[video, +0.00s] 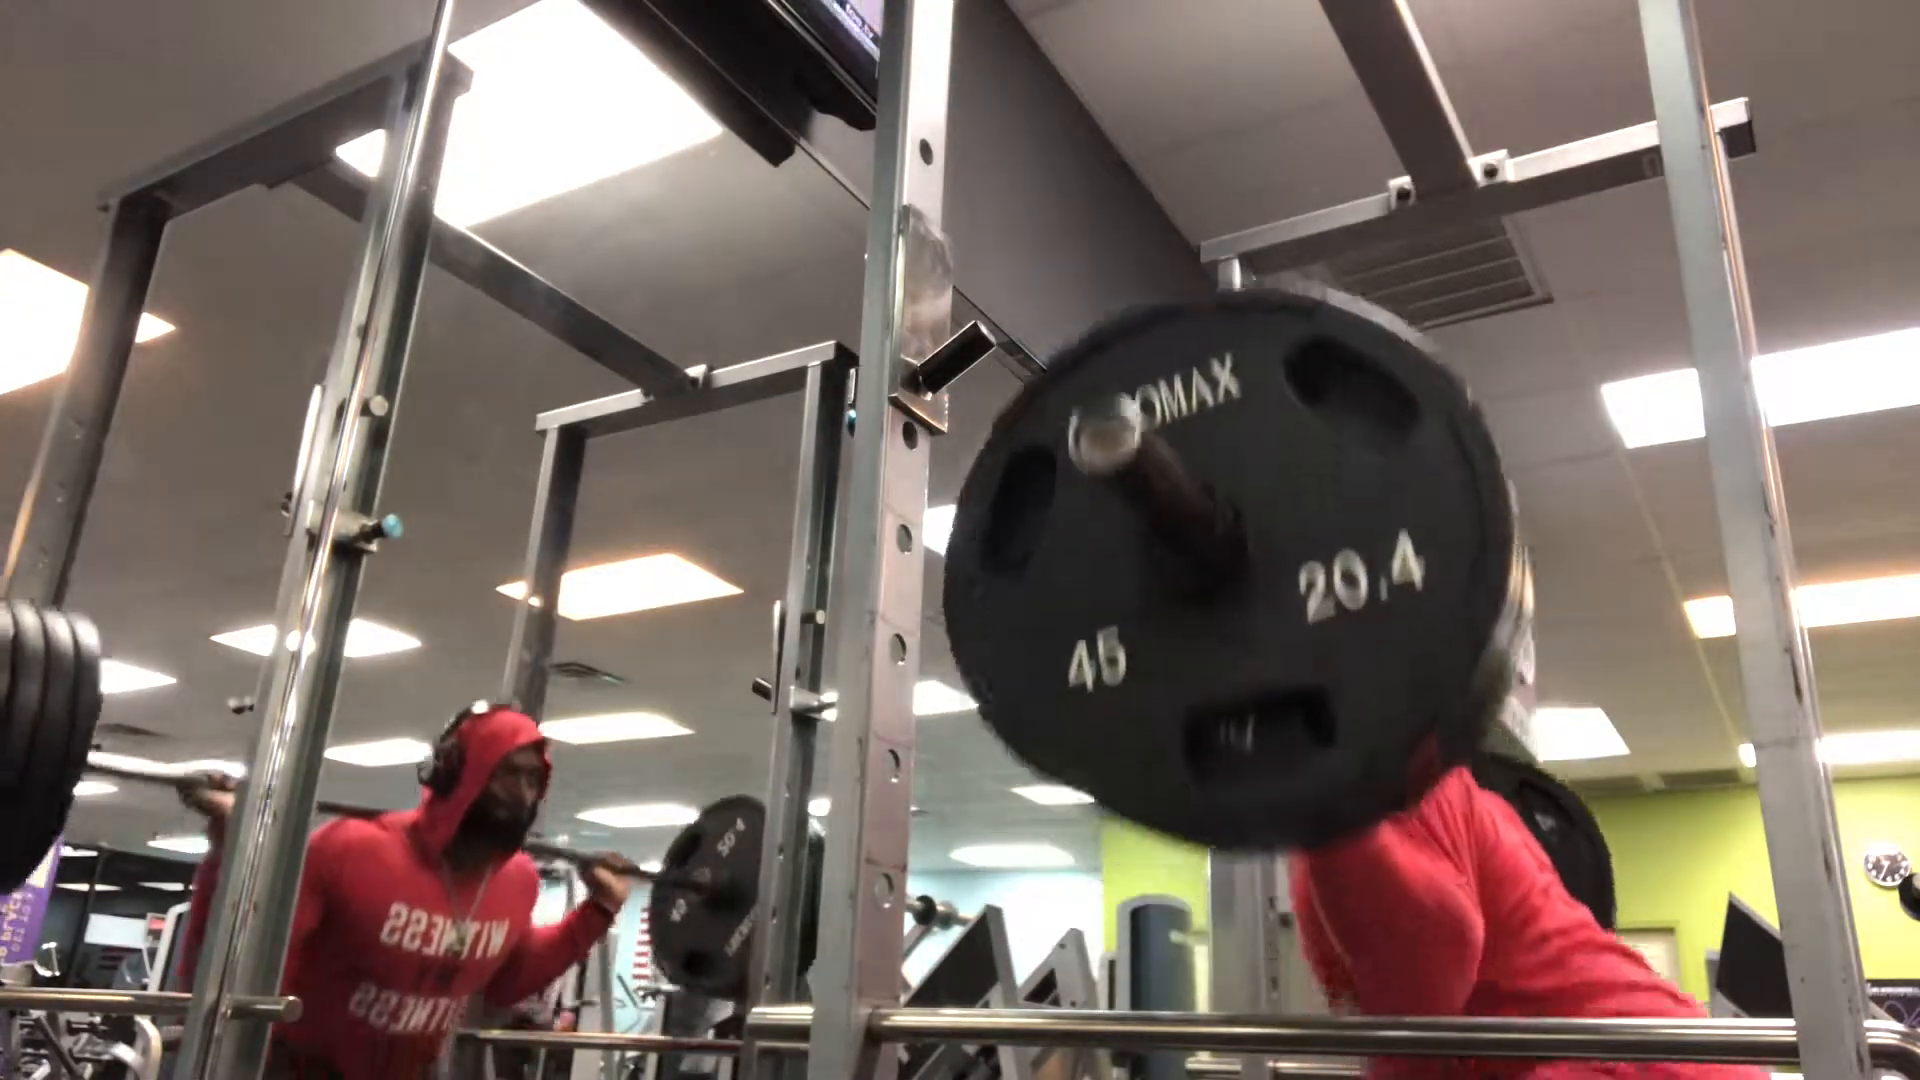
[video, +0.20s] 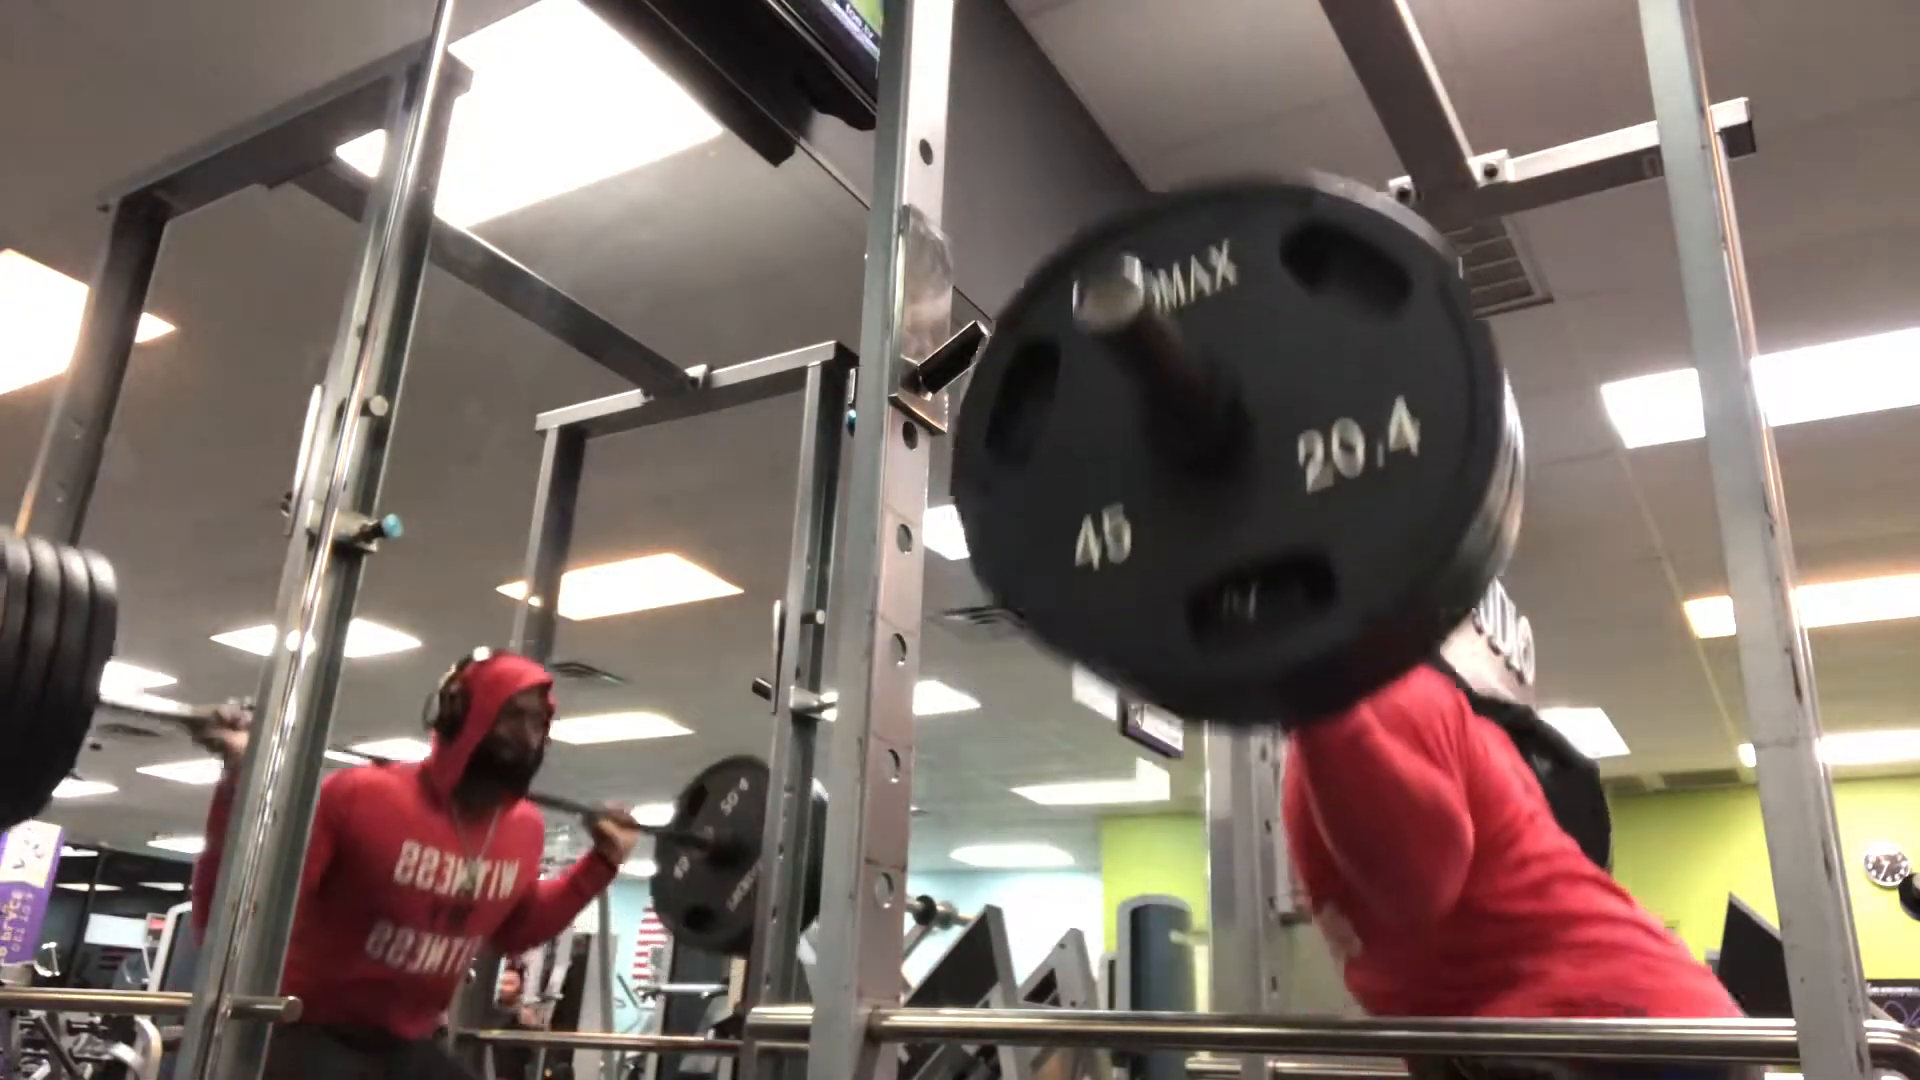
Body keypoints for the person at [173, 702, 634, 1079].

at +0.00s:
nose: (522, 791)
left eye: (534, 779)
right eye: (507, 773)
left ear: (544, 792)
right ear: (462, 772)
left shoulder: (517, 880)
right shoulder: (351, 848)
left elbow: (503, 985)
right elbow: (227, 961)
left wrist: (597, 913)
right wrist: (232, 841)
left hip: (412, 1066)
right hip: (306, 1060)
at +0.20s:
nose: (529, 738)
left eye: (540, 722)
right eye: (513, 716)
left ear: (547, 734)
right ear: (467, 718)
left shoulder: (523, 829)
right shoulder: (358, 795)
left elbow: (511, 932)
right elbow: (223, 918)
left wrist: (601, 862)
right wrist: (242, 778)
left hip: (417, 1049)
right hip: (314, 1037)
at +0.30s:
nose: (532, 699)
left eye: (544, 686)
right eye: (516, 680)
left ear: (553, 699)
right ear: (471, 681)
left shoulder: (528, 795)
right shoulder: (365, 759)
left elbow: (515, 904)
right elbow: (233, 869)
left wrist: (606, 832)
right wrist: (247, 747)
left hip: (427, 1028)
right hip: (321, 1017)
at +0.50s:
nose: (548, 619)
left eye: (555, 604)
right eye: (530, 601)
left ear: (559, 616)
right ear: (482, 604)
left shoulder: (539, 717)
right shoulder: (374, 683)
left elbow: (528, 829)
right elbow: (250, 796)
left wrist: (612, 760)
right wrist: (261, 659)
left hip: (437, 963)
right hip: (333, 952)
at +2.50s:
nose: (535, 617)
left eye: (545, 604)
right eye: (520, 599)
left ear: (556, 616)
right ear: (474, 600)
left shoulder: (525, 712)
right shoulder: (371, 669)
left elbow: (514, 822)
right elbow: (240, 782)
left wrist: (602, 753)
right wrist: (252, 651)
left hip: (422, 970)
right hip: (317, 951)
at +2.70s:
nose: (536, 668)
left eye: (546, 653)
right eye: (522, 647)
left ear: (551, 664)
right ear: (473, 647)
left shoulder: (525, 763)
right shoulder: (364, 719)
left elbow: (512, 872)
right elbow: (238, 837)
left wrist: (600, 797)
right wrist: (242, 706)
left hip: (422, 1005)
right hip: (316, 993)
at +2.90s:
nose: (535, 724)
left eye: (543, 709)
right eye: (520, 705)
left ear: (547, 720)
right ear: (471, 703)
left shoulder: (519, 818)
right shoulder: (356, 780)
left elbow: (506, 927)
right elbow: (226, 901)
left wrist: (595, 856)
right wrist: (242, 770)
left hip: (410, 1049)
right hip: (307, 1039)